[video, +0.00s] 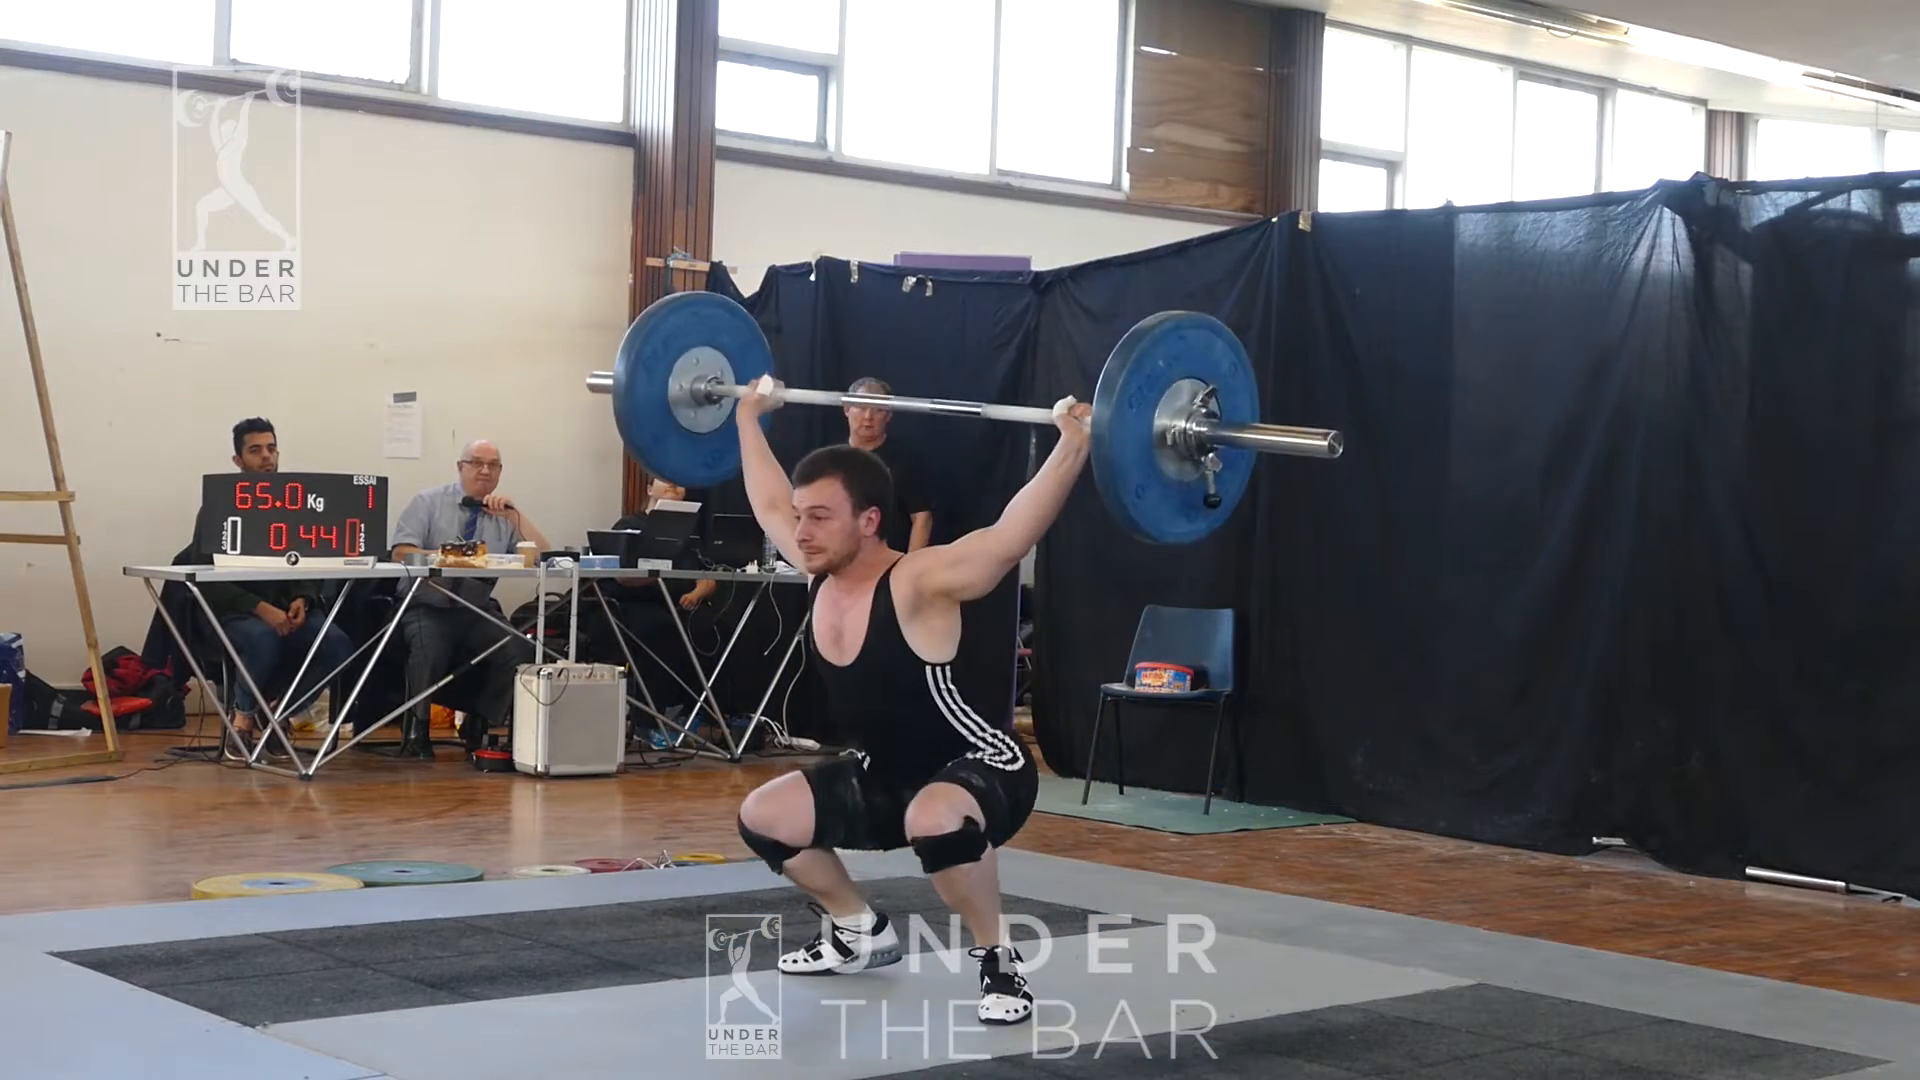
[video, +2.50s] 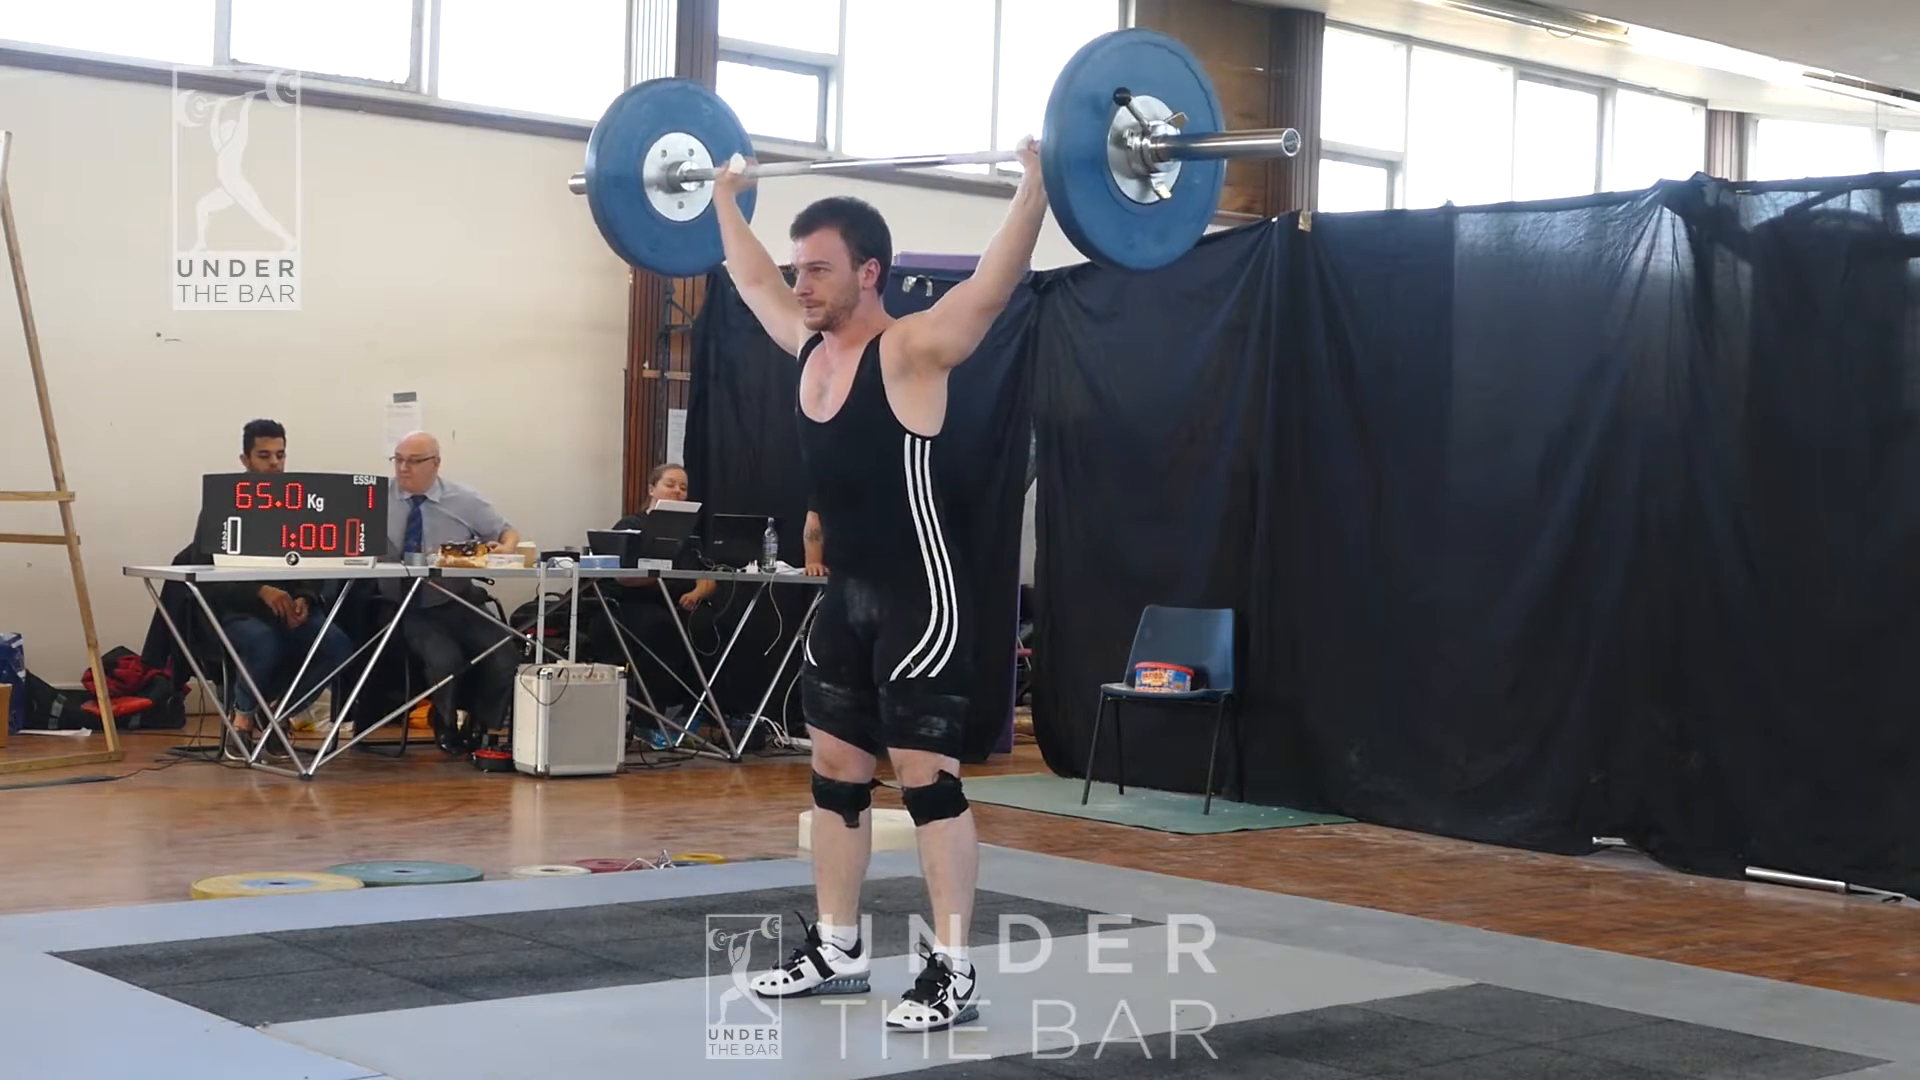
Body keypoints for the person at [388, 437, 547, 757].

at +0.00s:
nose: (485, 471)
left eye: (493, 465)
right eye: (476, 464)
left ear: (500, 473)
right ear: (460, 468)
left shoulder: (504, 516)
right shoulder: (428, 502)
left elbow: (545, 555)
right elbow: (401, 551)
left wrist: (516, 515)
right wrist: (443, 562)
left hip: (478, 609)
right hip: (429, 606)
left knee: (518, 652)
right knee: (429, 651)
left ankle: (477, 725)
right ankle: (417, 730)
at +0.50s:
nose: (481, 472)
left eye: (490, 466)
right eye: (473, 464)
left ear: (499, 473)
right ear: (459, 468)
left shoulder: (503, 516)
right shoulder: (427, 502)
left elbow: (544, 555)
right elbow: (401, 552)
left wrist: (516, 515)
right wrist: (444, 560)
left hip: (478, 609)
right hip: (428, 605)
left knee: (518, 651)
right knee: (429, 649)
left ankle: (477, 727)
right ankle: (417, 731)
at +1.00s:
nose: (455, 470)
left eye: (465, 464)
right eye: (449, 463)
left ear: (483, 470)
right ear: (442, 465)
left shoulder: (495, 516)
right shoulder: (418, 503)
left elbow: (540, 553)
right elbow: (397, 550)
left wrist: (513, 519)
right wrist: (436, 559)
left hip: (476, 607)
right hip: (426, 604)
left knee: (516, 650)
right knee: (430, 646)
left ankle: (478, 727)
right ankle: (417, 732)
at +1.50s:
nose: (423, 469)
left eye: (433, 462)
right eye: (417, 462)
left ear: (453, 466)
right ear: (411, 464)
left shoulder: (479, 507)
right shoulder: (396, 504)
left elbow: (532, 547)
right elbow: (389, 545)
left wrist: (504, 545)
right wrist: (442, 548)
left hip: (469, 607)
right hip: (416, 607)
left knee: (513, 649)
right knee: (433, 642)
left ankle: (479, 724)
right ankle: (437, 724)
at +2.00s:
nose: (404, 469)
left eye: (414, 462)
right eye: (398, 461)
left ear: (435, 466)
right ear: (393, 463)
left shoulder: (464, 501)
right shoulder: (386, 498)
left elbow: (511, 534)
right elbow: (386, 548)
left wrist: (506, 545)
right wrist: (443, 555)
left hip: (465, 603)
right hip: (413, 606)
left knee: (506, 653)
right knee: (444, 660)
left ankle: (478, 726)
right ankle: (443, 720)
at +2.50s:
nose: (403, 468)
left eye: (413, 461)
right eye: (398, 460)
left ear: (435, 465)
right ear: (392, 461)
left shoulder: (462, 500)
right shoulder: (380, 500)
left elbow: (509, 533)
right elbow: (349, 535)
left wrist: (504, 546)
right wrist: (369, 554)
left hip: (459, 601)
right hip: (405, 605)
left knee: (504, 657)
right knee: (445, 659)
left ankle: (479, 727)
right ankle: (445, 723)